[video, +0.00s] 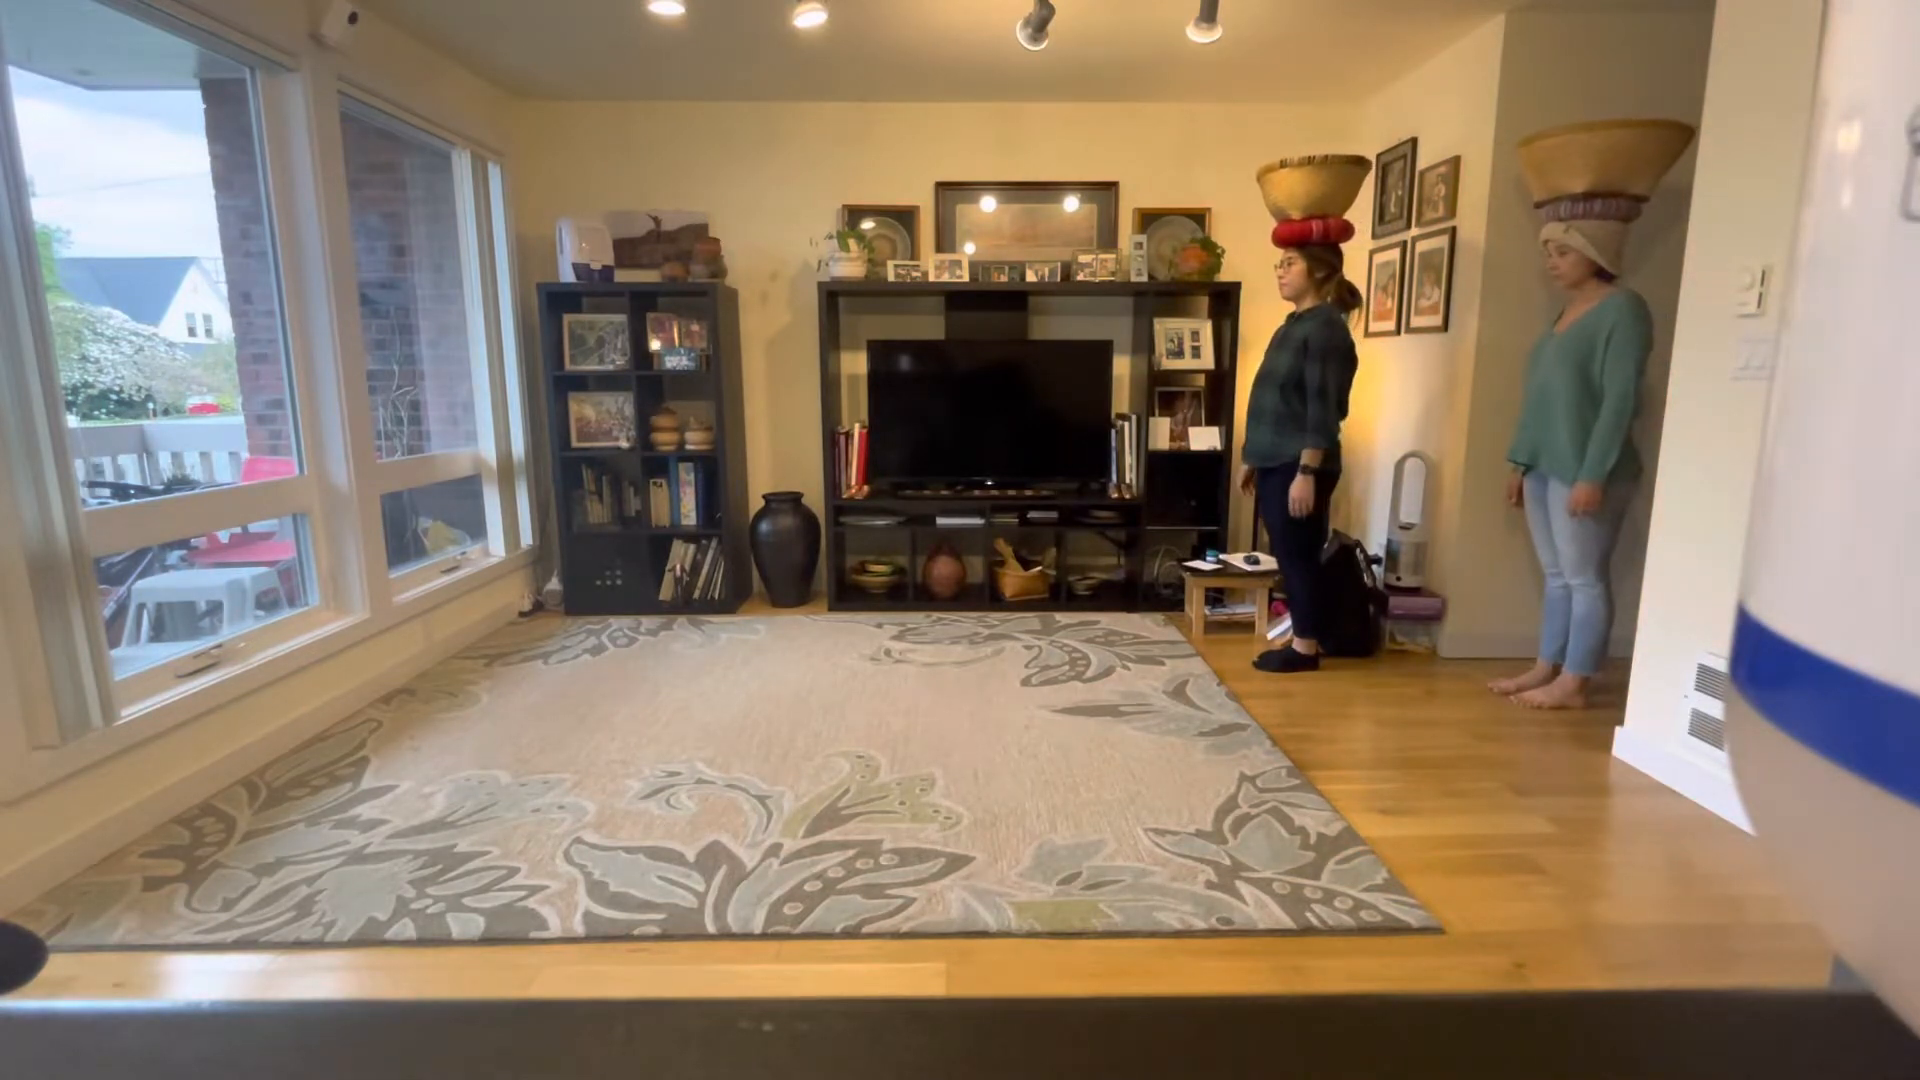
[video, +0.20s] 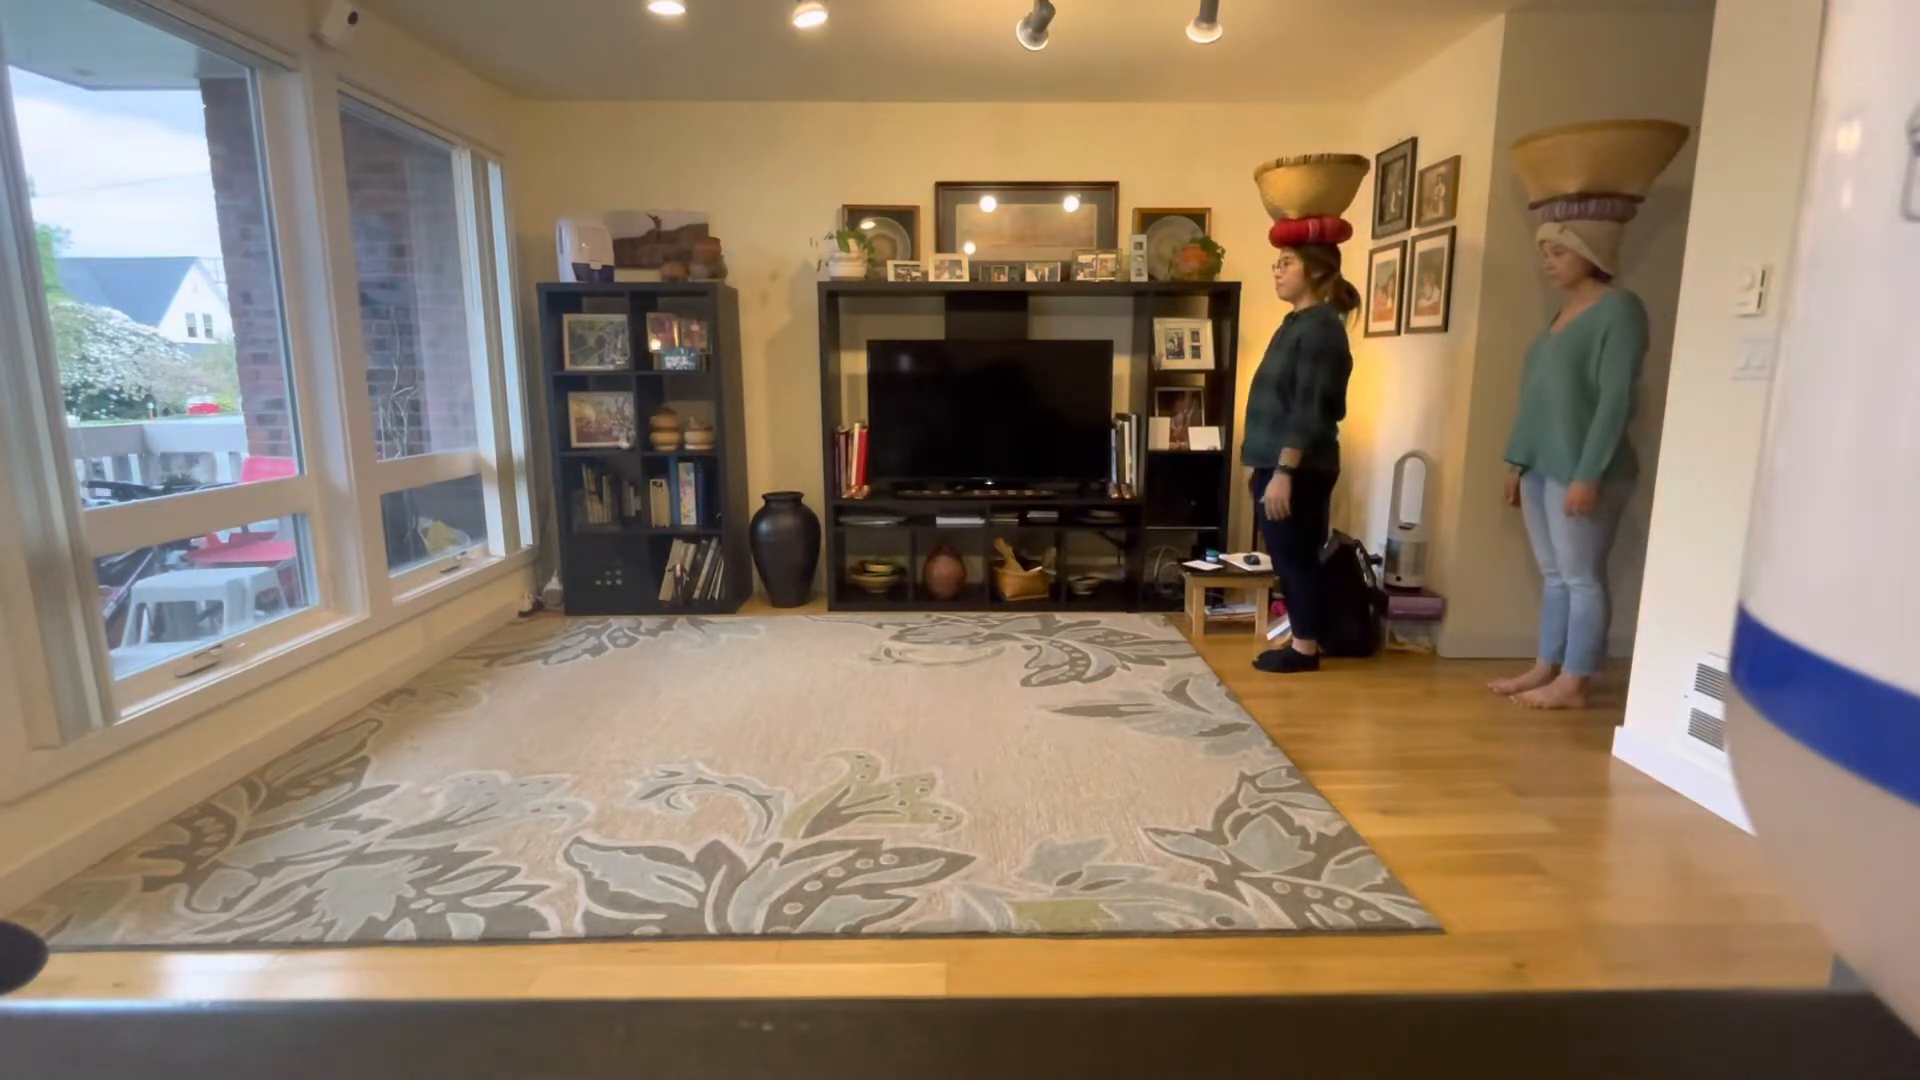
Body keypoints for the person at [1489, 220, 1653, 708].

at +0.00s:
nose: (1552, 263)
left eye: (1561, 252)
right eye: (1549, 253)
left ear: (1594, 254)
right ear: (1552, 258)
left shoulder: (1623, 310)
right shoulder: (1568, 313)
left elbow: (1619, 399)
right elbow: (1541, 397)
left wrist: (1593, 475)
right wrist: (1519, 464)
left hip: (1586, 468)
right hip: (1544, 465)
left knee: (1583, 576)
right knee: (1556, 574)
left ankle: (1574, 682)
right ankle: (1547, 667)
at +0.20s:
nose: (1547, 263)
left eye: (1557, 253)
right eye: (1545, 254)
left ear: (1589, 254)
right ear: (1551, 259)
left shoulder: (1620, 310)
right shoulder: (1564, 314)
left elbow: (1615, 400)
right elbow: (1537, 398)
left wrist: (1588, 475)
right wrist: (1516, 463)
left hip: (1584, 469)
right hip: (1541, 466)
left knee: (1581, 577)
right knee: (1554, 573)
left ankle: (1574, 682)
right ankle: (1547, 667)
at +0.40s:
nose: (1543, 264)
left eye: (1552, 253)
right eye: (1541, 255)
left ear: (1584, 255)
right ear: (1548, 261)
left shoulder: (1616, 310)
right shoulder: (1560, 314)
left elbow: (1613, 400)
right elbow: (1535, 398)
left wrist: (1586, 475)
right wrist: (1513, 463)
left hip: (1582, 469)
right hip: (1539, 466)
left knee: (1579, 577)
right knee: (1552, 574)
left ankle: (1573, 682)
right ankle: (1546, 667)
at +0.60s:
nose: (1538, 264)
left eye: (1547, 254)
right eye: (1535, 255)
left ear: (1579, 255)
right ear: (1544, 260)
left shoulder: (1610, 310)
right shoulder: (1555, 315)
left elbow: (1607, 400)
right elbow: (1531, 398)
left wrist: (1581, 475)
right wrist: (1510, 464)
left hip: (1573, 467)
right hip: (1530, 465)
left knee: (1569, 575)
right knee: (1540, 573)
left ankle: (1572, 682)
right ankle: (1545, 666)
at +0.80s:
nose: (1528, 268)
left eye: (1538, 257)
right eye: (1526, 258)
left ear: (1570, 260)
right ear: (1531, 263)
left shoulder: (1600, 314)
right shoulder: (1546, 318)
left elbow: (1602, 403)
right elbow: (1521, 399)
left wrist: (1578, 477)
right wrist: (1496, 463)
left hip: (1561, 468)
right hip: (1520, 464)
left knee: (1534, 570)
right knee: (1523, 569)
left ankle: (1567, 677)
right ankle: (1543, 666)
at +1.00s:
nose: (1516, 267)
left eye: (1525, 257)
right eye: (1514, 258)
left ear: (1555, 260)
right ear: (1524, 262)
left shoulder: (1588, 313)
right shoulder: (1530, 319)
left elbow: (1603, 398)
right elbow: (1496, 397)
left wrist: (1594, 478)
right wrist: (1440, 437)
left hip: (1549, 467)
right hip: (1515, 462)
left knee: (1495, 557)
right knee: (1531, 565)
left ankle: (1499, 672)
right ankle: (1543, 667)